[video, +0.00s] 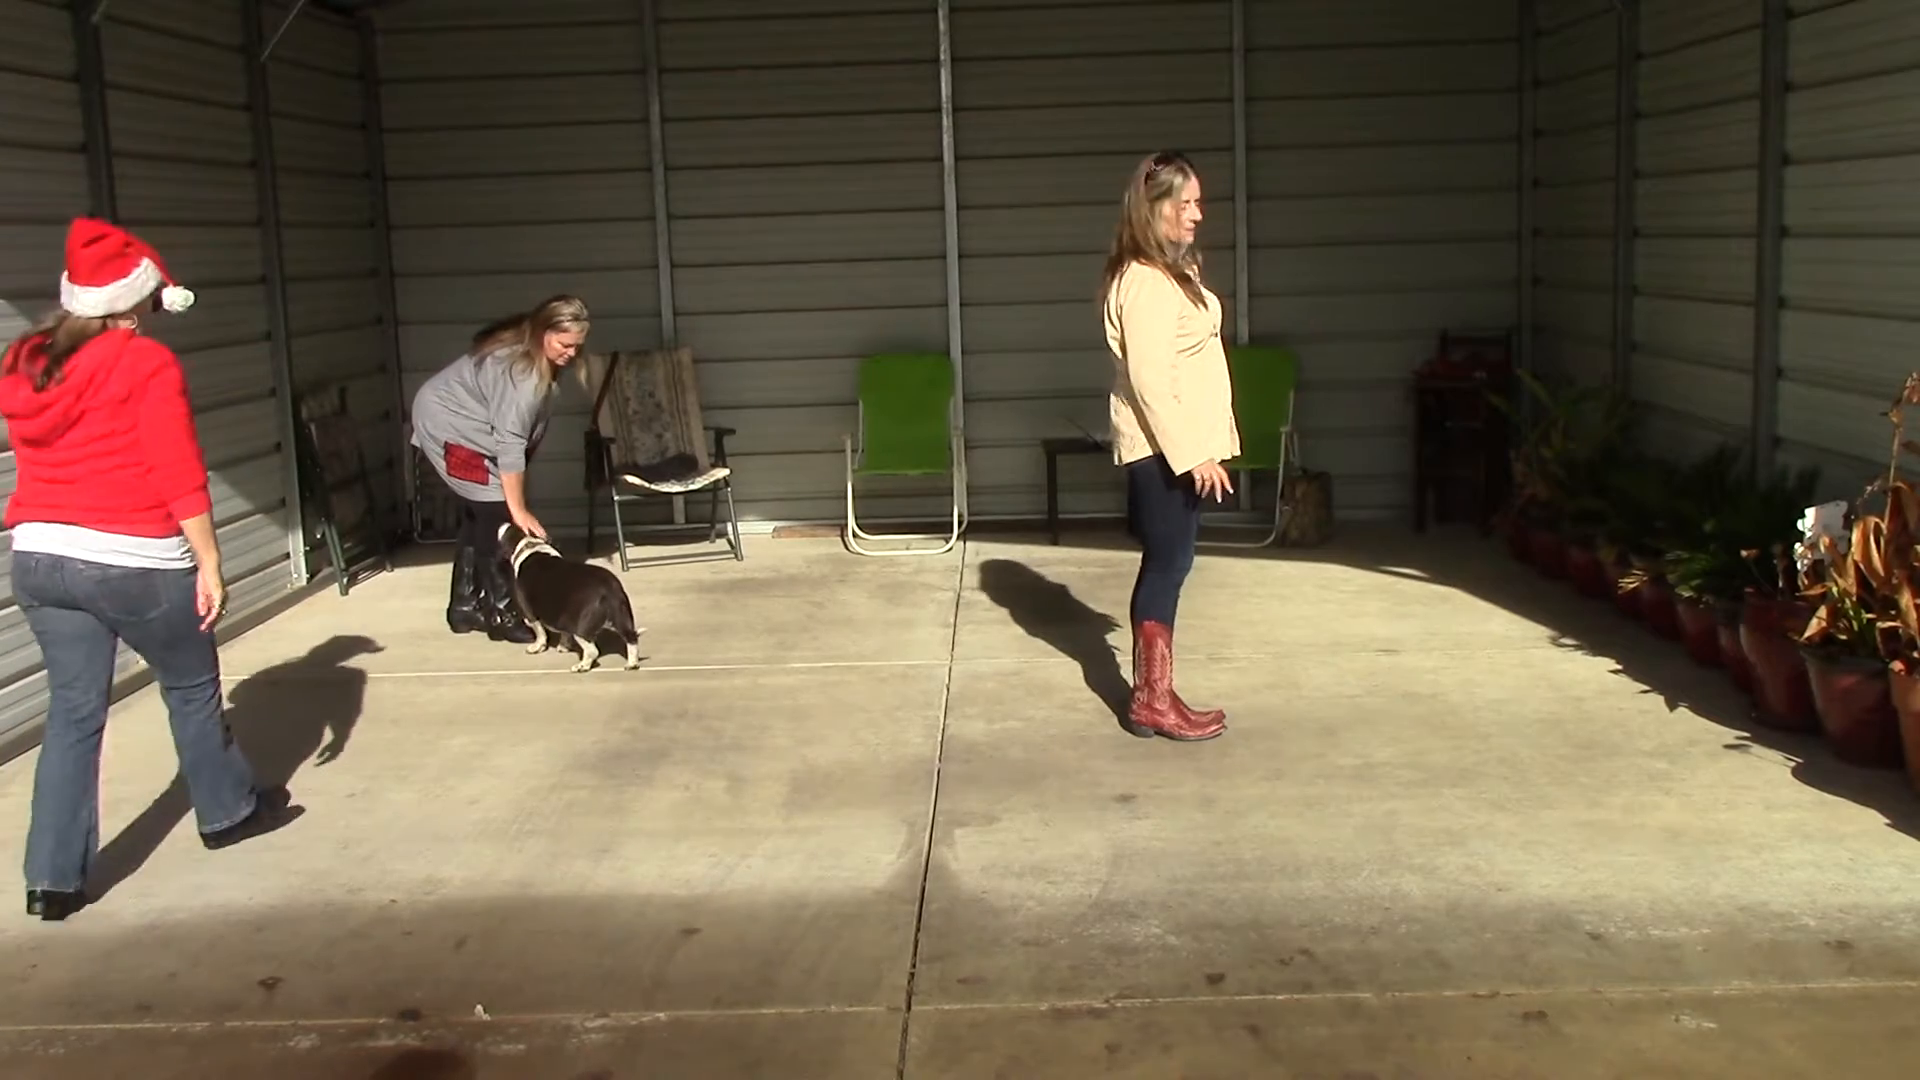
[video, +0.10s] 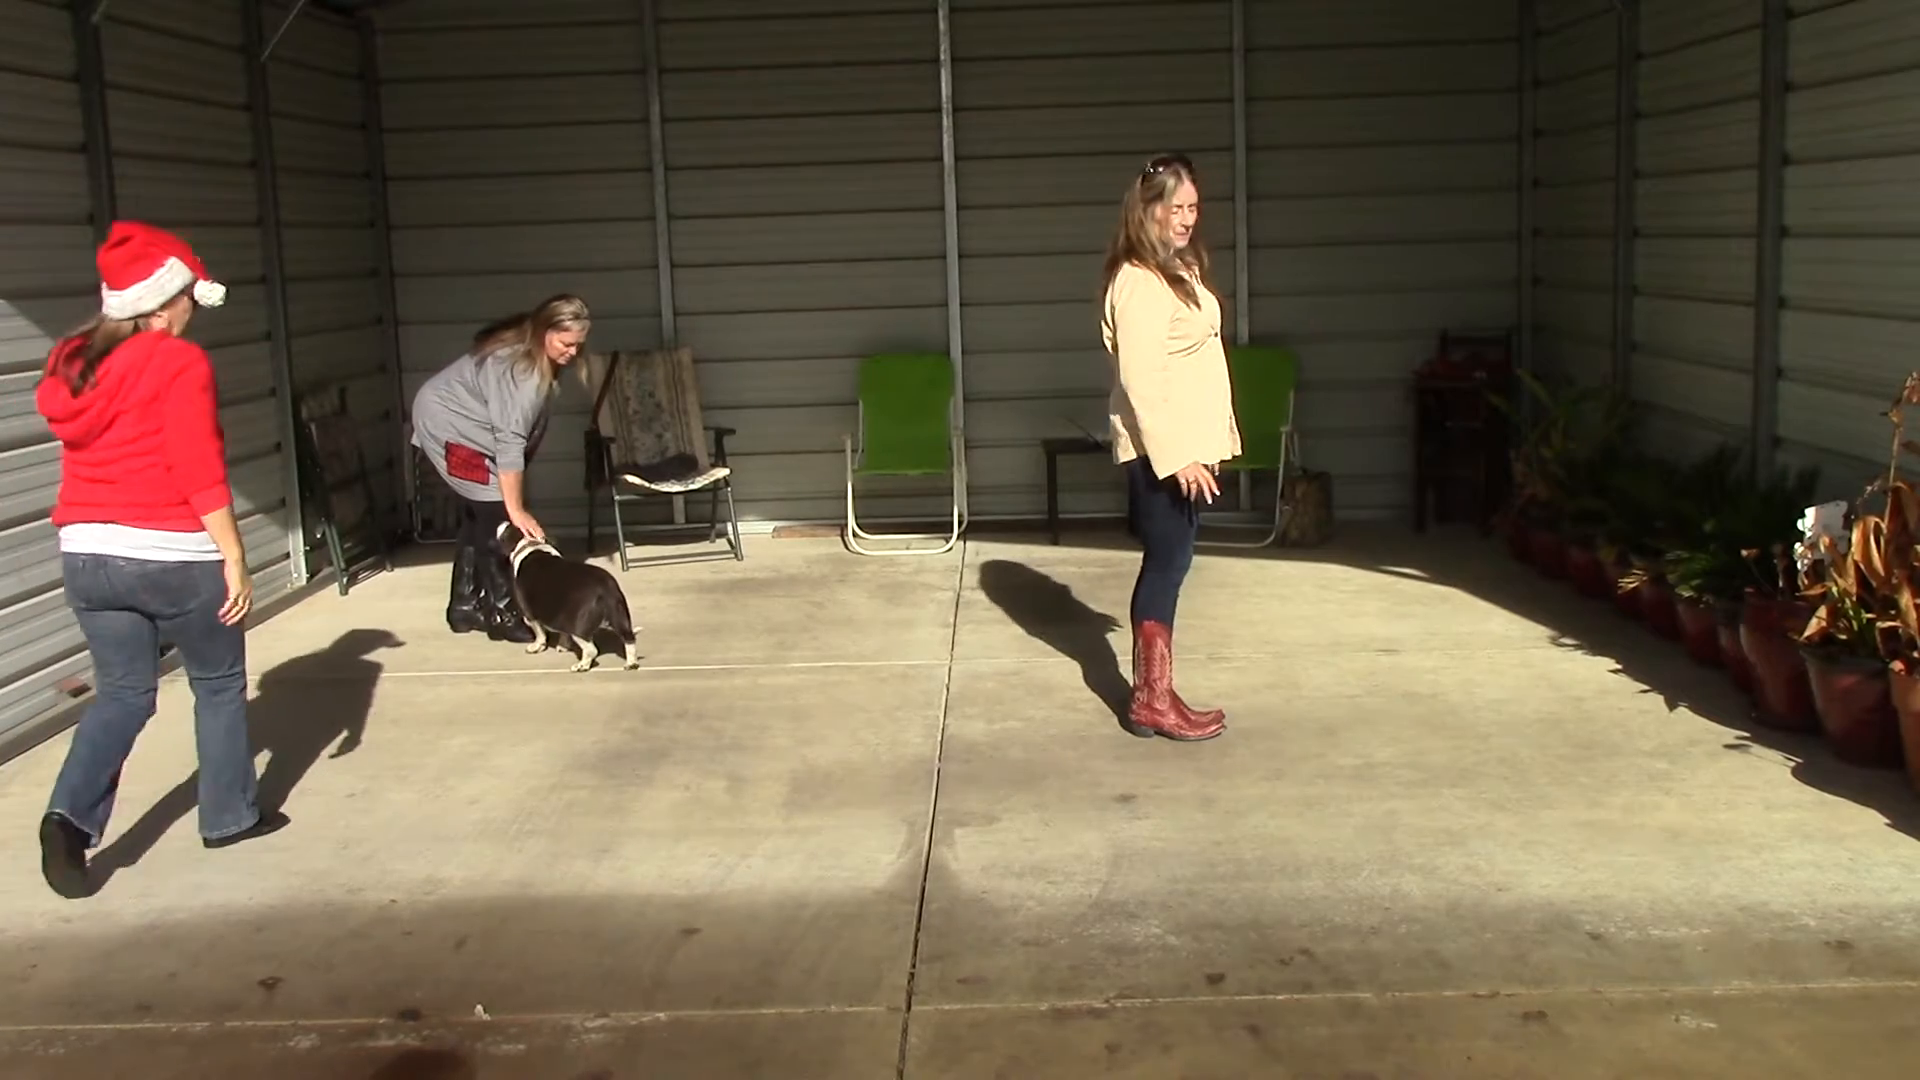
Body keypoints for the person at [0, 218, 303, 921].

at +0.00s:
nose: (154, 314)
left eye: (153, 301)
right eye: (151, 302)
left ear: (74, 297)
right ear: (133, 301)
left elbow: (23, 453)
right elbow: (180, 473)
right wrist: (209, 559)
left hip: (40, 555)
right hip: (135, 559)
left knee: (72, 711)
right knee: (191, 684)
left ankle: (53, 879)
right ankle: (228, 810)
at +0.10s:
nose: (195, 309)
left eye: (194, 298)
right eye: (191, 298)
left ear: (126, 304)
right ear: (167, 304)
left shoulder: (79, 363)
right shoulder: (182, 363)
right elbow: (201, 473)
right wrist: (234, 556)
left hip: (87, 558)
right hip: (172, 555)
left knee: (123, 690)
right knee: (219, 680)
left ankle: (69, 817)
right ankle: (230, 815)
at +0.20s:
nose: (222, 309)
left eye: (222, 297)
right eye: (218, 296)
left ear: (160, 302)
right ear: (187, 301)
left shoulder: (116, 361)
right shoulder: (203, 359)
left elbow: (112, 460)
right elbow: (221, 463)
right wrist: (266, 545)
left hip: (128, 548)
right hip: (204, 546)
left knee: (187, 662)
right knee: (243, 672)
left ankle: (118, 775)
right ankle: (231, 815)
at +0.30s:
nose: (245, 299)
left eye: (244, 288)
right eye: (240, 288)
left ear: (186, 295)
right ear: (211, 292)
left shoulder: (147, 349)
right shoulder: (219, 353)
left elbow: (143, 448)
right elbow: (234, 460)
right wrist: (293, 531)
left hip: (158, 529)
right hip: (218, 532)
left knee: (234, 648)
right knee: (258, 662)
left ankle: (191, 776)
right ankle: (234, 811)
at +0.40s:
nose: (262, 298)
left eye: (261, 287)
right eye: (255, 286)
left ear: (210, 295)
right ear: (225, 291)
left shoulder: (176, 347)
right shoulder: (227, 350)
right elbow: (235, 455)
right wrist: (311, 510)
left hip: (187, 522)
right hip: (231, 526)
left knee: (270, 644)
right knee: (268, 662)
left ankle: (277, 752)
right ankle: (229, 811)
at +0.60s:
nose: (288, 291)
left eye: (285, 280)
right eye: (278, 282)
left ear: (248, 289)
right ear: (246, 289)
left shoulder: (252, 342)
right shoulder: (232, 347)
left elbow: (269, 436)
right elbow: (230, 450)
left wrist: (316, 485)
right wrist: (315, 481)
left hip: (263, 511)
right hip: (245, 517)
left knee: (297, 635)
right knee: (296, 644)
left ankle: (277, 745)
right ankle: (225, 778)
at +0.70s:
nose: (298, 284)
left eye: (297, 273)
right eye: (289, 274)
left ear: (262, 278)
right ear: (254, 279)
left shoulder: (271, 333)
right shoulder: (237, 336)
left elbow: (283, 432)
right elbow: (238, 439)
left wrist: (330, 486)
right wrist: (320, 487)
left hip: (273, 501)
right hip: (245, 505)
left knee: (301, 626)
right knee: (299, 630)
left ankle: (281, 747)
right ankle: (234, 762)